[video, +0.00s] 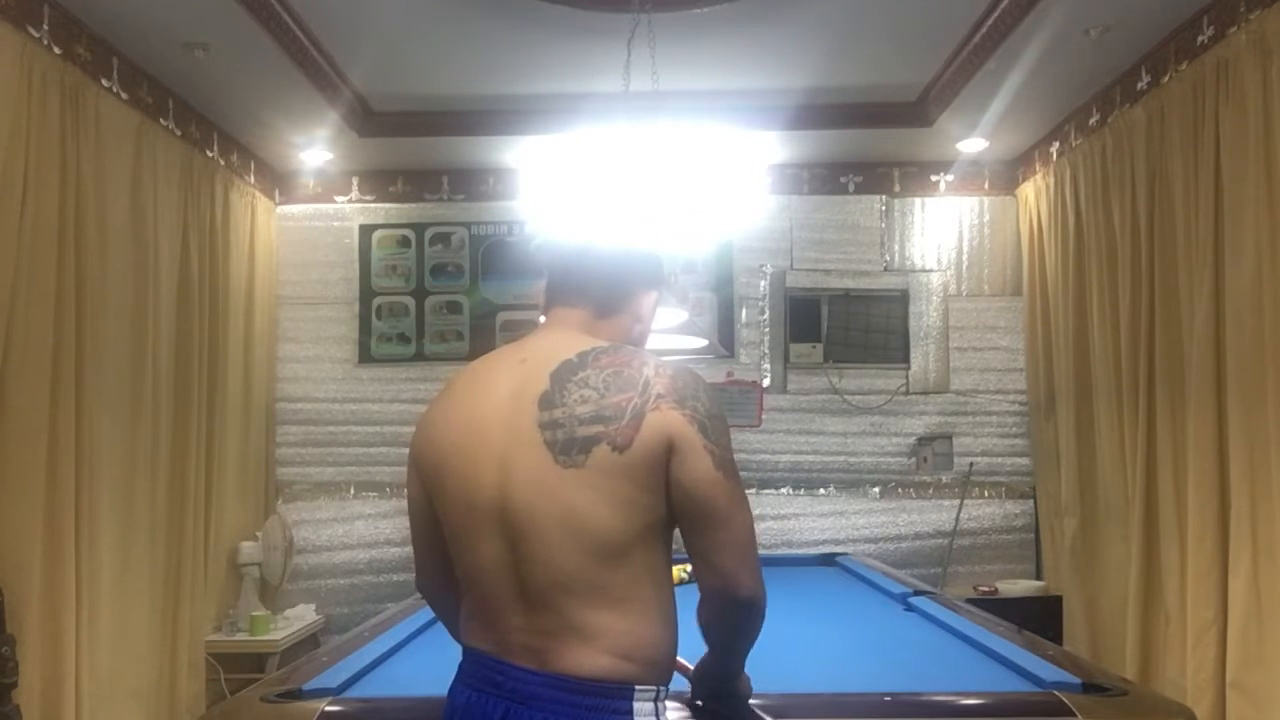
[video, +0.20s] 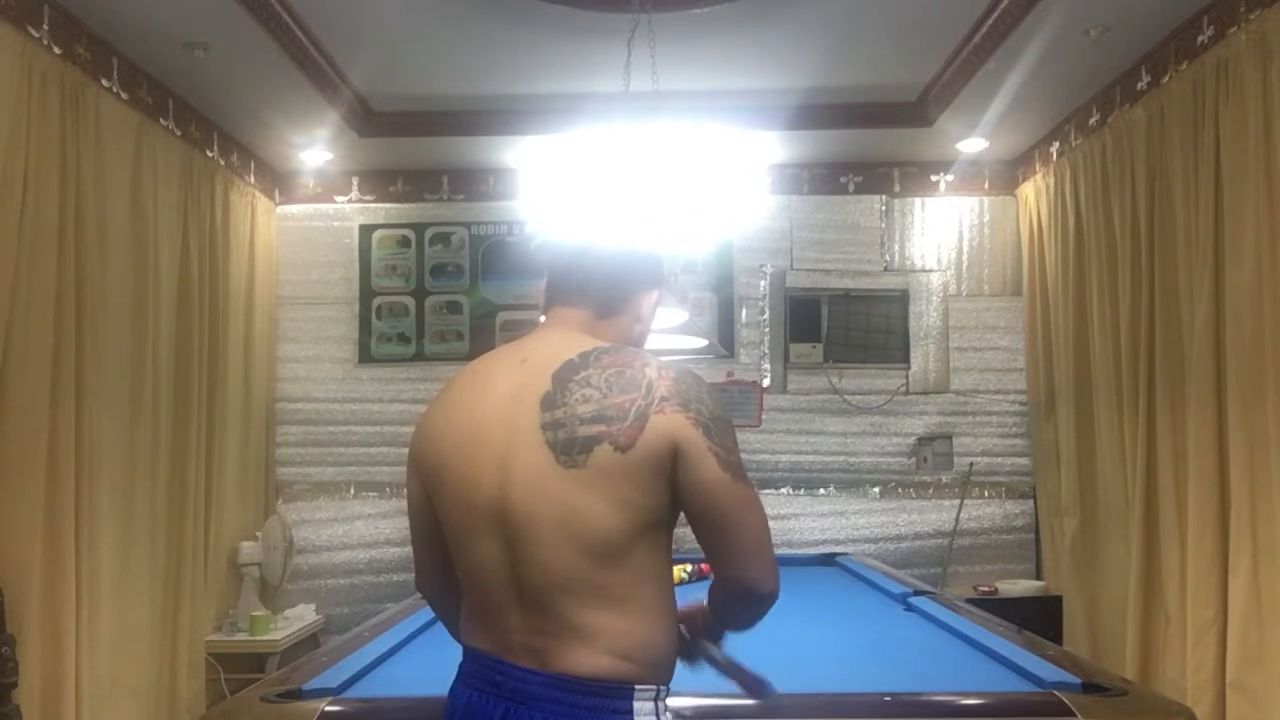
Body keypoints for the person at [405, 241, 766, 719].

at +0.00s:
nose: (651, 317)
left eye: (654, 301)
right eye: (654, 300)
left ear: (546, 290)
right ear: (644, 299)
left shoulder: (450, 400)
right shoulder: (667, 393)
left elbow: (435, 579)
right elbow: (737, 590)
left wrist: (499, 651)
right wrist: (722, 670)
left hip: (479, 695)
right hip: (615, 702)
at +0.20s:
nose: (650, 319)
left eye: (655, 304)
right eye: (654, 303)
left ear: (547, 291)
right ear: (642, 301)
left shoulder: (450, 401)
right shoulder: (669, 393)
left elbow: (436, 583)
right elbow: (752, 580)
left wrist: (502, 644)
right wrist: (707, 621)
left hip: (479, 697)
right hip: (616, 705)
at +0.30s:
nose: (651, 315)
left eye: (655, 299)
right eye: (654, 298)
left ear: (547, 288)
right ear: (642, 297)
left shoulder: (452, 396)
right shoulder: (670, 393)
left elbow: (427, 573)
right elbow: (745, 578)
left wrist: (501, 642)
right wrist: (675, 571)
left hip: (479, 697)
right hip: (612, 705)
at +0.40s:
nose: (653, 311)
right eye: (655, 292)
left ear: (544, 288)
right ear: (646, 297)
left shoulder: (457, 390)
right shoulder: (675, 395)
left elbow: (403, 561)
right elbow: (742, 574)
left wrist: (489, 636)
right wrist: (678, 549)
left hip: (479, 697)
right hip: (610, 704)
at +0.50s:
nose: (655, 309)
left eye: (658, 293)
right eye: (656, 292)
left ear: (546, 287)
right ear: (642, 293)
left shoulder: (456, 391)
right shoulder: (674, 396)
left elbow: (381, 549)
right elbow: (743, 569)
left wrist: (462, 637)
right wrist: (690, 545)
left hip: (480, 697)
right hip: (611, 703)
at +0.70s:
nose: (653, 300)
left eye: (653, 284)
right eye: (653, 284)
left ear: (538, 281)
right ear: (641, 289)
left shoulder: (446, 394)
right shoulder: (678, 399)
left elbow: (348, 545)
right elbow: (751, 577)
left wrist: (418, 677)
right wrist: (690, 545)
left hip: (481, 696)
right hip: (614, 701)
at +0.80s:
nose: (651, 296)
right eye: (650, 283)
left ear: (532, 283)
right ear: (641, 286)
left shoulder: (445, 396)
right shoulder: (680, 400)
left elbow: (354, 560)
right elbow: (753, 586)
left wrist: (414, 689)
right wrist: (694, 574)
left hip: (481, 697)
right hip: (618, 702)